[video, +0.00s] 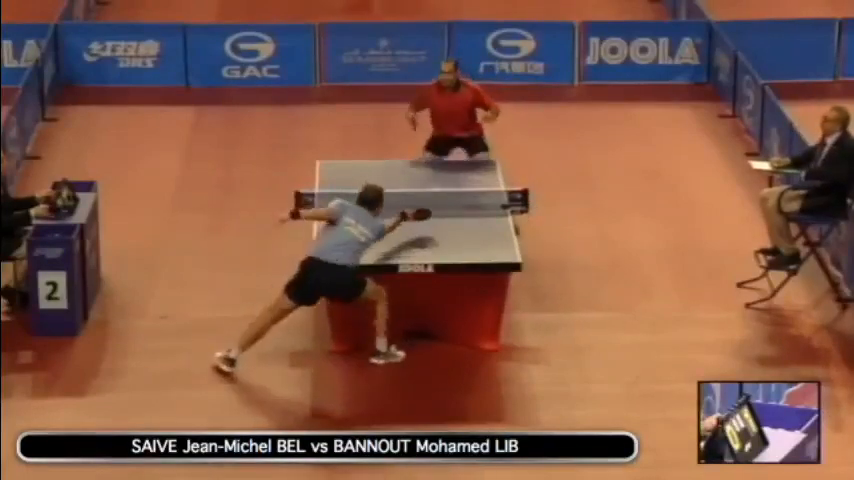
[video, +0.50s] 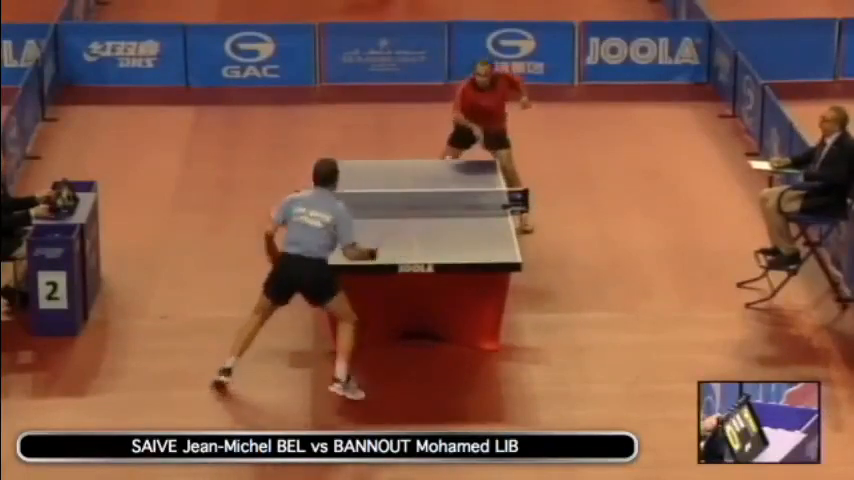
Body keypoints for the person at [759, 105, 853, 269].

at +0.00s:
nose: (822, 123)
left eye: (827, 120)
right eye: (823, 119)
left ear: (840, 125)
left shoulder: (847, 146)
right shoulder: (826, 142)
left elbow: (838, 176)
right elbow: (805, 159)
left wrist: (808, 173)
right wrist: (786, 163)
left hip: (830, 199)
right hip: (815, 191)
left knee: (775, 204)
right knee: (766, 196)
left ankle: (790, 254)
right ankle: (780, 247)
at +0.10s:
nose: (822, 123)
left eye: (827, 120)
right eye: (823, 119)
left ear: (839, 125)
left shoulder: (846, 147)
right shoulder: (826, 141)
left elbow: (835, 178)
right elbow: (806, 158)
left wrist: (805, 174)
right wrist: (786, 163)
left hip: (830, 199)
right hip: (814, 191)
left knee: (774, 203)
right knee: (766, 196)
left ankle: (790, 253)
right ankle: (780, 247)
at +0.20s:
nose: (821, 123)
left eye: (826, 120)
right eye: (822, 119)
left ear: (839, 125)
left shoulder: (846, 146)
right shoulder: (826, 141)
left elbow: (836, 178)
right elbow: (806, 158)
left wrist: (806, 174)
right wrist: (786, 163)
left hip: (829, 199)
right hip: (813, 191)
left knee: (774, 204)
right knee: (766, 197)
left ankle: (790, 253)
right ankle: (780, 247)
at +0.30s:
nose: (822, 123)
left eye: (827, 121)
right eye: (822, 119)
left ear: (839, 125)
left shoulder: (846, 146)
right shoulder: (826, 141)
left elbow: (837, 177)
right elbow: (807, 158)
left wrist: (807, 175)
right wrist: (786, 162)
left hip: (830, 199)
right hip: (814, 191)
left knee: (774, 204)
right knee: (766, 197)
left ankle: (790, 253)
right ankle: (780, 247)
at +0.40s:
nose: (822, 123)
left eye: (827, 121)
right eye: (822, 119)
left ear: (839, 125)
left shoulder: (846, 146)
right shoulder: (826, 141)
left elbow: (837, 177)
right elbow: (807, 158)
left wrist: (807, 175)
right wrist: (786, 162)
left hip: (830, 199)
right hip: (814, 191)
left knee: (774, 204)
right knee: (766, 197)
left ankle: (790, 253)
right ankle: (780, 247)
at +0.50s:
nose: (821, 123)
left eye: (826, 121)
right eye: (822, 119)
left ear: (838, 125)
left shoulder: (846, 146)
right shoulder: (826, 141)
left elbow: (836, 177)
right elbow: (807, 158)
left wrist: (807, 175)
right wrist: (786, 162)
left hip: (830, 199)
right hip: (814, 191)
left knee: (774, 204)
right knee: (766, 197)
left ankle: (790, 253)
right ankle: (780, 247)